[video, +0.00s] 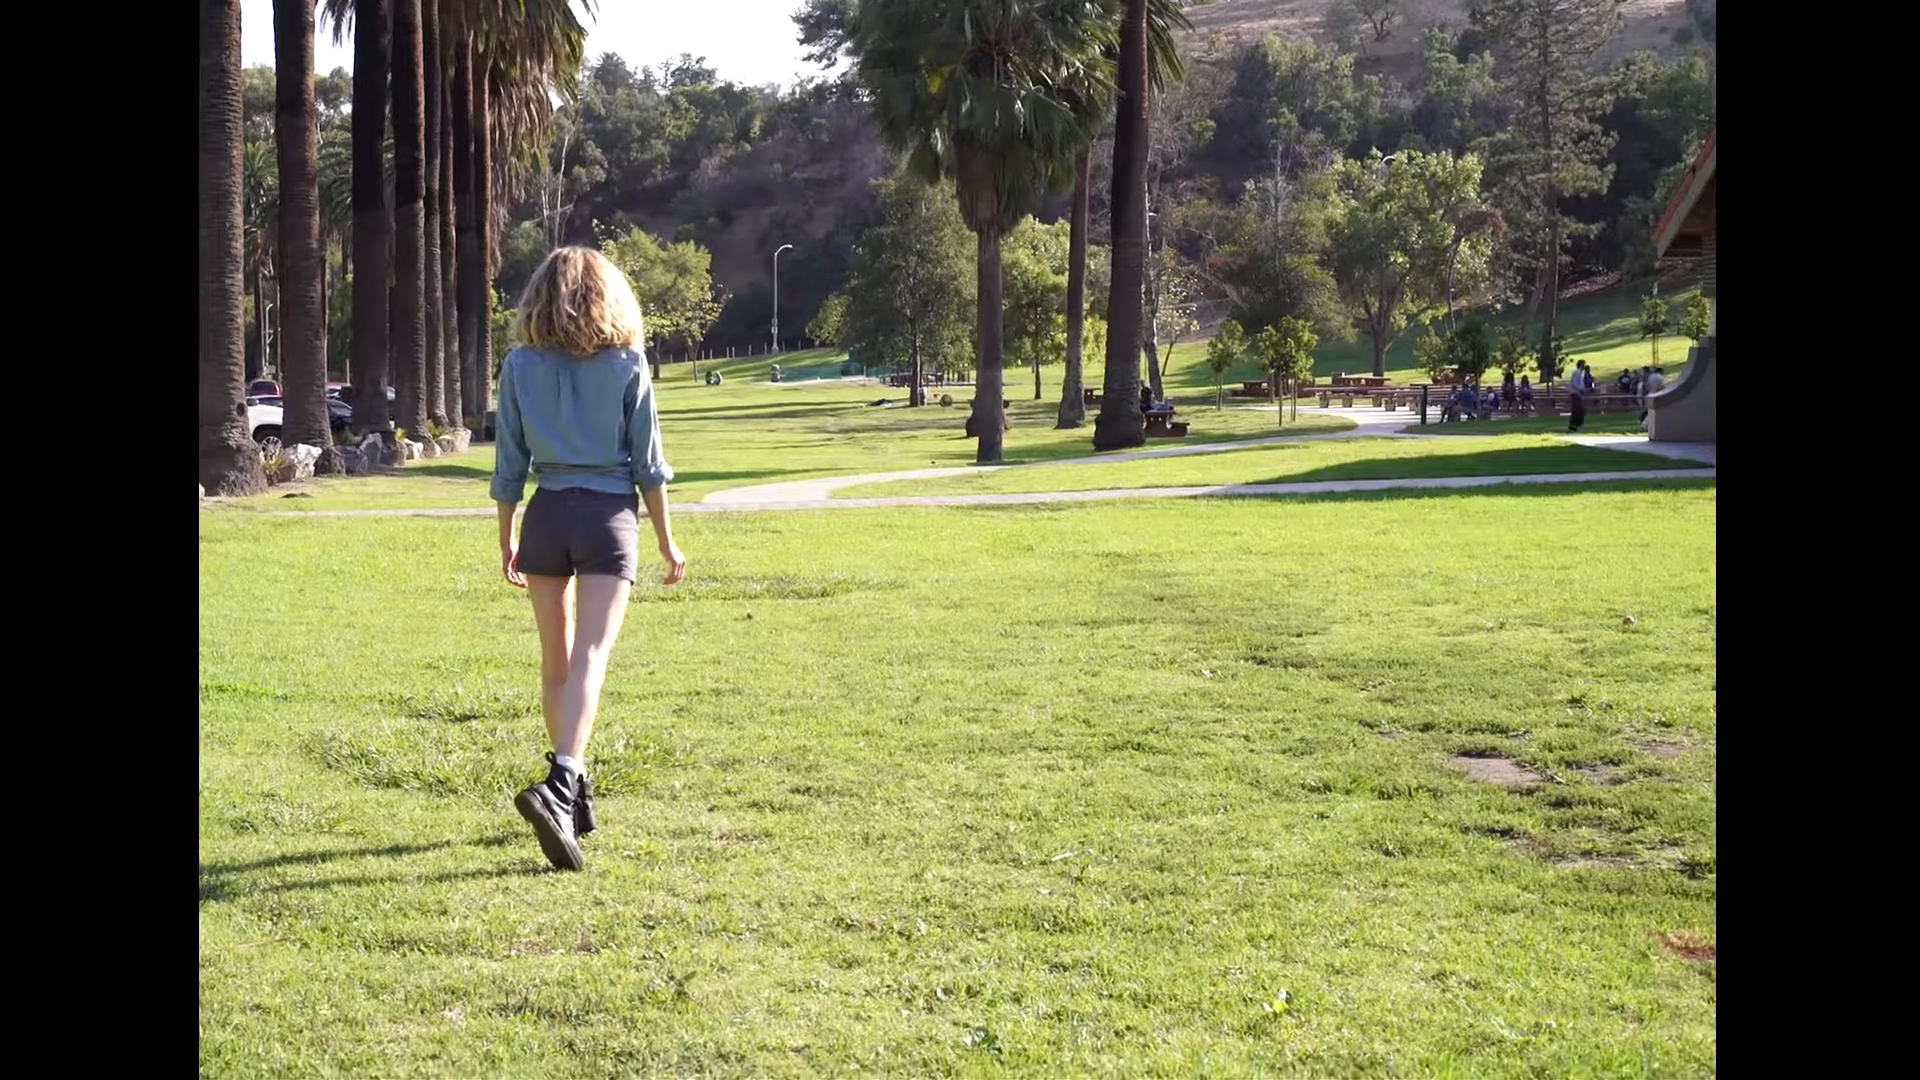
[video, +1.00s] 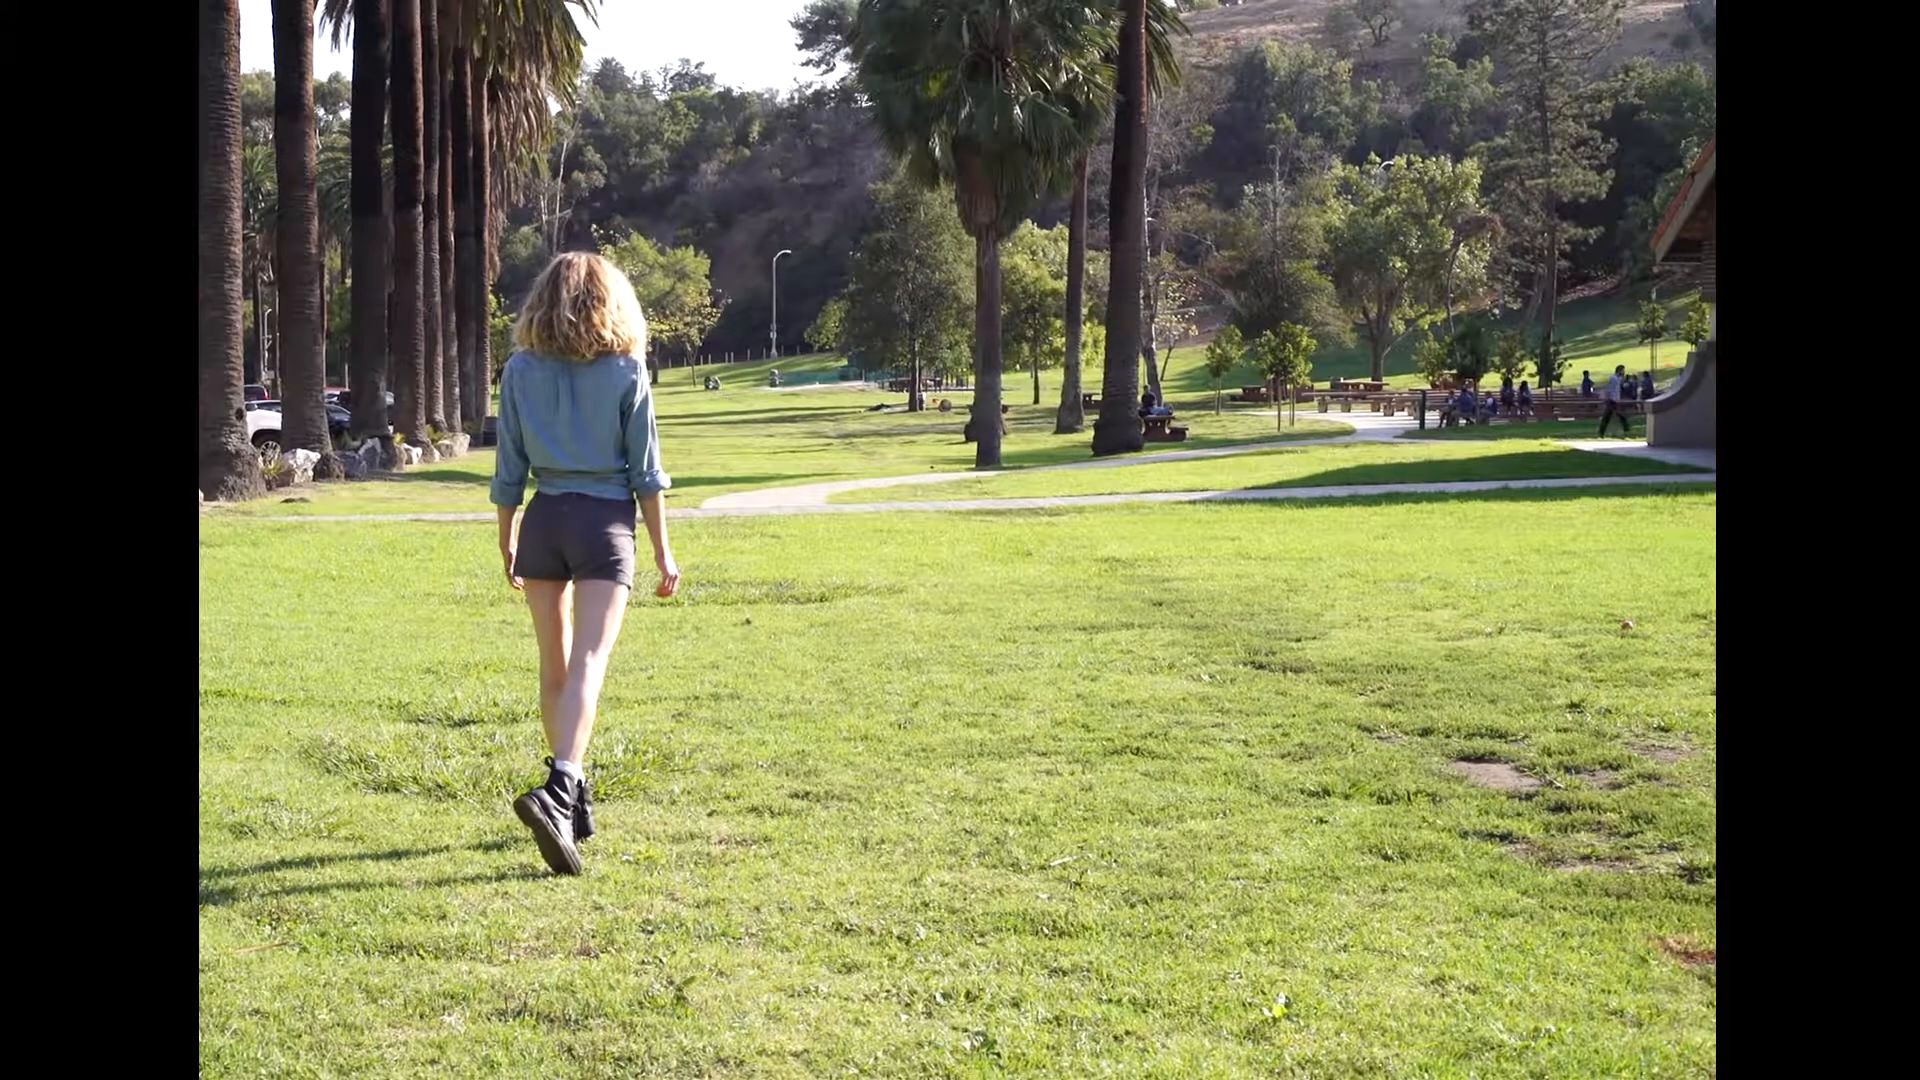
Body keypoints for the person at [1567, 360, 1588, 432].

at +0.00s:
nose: (1584, 366)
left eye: (1584, 364)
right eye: (1583, 364)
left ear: (1579, 365)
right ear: (1580, 365)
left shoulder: (1580, 373)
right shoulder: (1577, 373)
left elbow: (1579, 382)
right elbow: (1574, 383)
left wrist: (1582, 388)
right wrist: (1580, 388)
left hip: (1578, 394)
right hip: (1575, 394)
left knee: (1577, 411)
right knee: (1577, 411)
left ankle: (1574, 426)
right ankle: (1573, 426)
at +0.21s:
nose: (1592, 372)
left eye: (1592, 370)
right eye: (1591, 370)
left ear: (1586, 371)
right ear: (1587, 371)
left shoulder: (1586, 380)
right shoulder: (1582, 379)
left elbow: (1586, 390)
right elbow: (1579, 389)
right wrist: (1585, 396)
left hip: (1582, 400)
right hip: (1580, 400)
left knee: (1576, 417)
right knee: (1588, 417)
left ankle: (1570, 432)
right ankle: (1596, 432)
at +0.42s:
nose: (1601, 372)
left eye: (1601, 370)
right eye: (1600, 370)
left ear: (1595, 370)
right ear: (1597, 371)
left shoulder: (1591, 378)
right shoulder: (1594, 379)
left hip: (1588, 400)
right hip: (1592, 400)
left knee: (1583, 416)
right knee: (1597, 416)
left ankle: (1574, 430)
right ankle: (1599, 432)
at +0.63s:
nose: (1610, 371)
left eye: (1611, 369)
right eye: (1610, 369)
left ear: (1605, 369)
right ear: (1606, 369)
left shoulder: (1605, 378)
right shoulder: (1601, 378)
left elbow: (1610, 381)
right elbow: (1597, 389)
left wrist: (1612, 374)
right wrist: (1598, 398)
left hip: (1604, 399)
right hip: (1601, 399)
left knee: (1602, 416)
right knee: (1603, 416)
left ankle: (1592, 426)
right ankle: (1601, 433)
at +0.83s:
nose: (1617, 371)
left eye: (1617, 369)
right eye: (1616, 369)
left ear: (1612, 369)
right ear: (1613, 369)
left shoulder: (1612, 378)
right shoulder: (1607, 378)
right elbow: (1605, 390)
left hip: (1610, 399)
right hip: (1606, 400)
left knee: (1605, 417)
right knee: (1613, 415)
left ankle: (1601, 433)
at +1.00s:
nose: (1624, 372)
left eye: (1623, 370)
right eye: (1622, 370)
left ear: (1618, 371)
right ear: (1619, 371)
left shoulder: (1618, 379)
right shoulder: (1614, 379)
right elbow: (1611, 390)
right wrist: (1612, 399)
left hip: (1616, 400)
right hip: (1612, 401)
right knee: (1606, 417)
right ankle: (1601, 433)